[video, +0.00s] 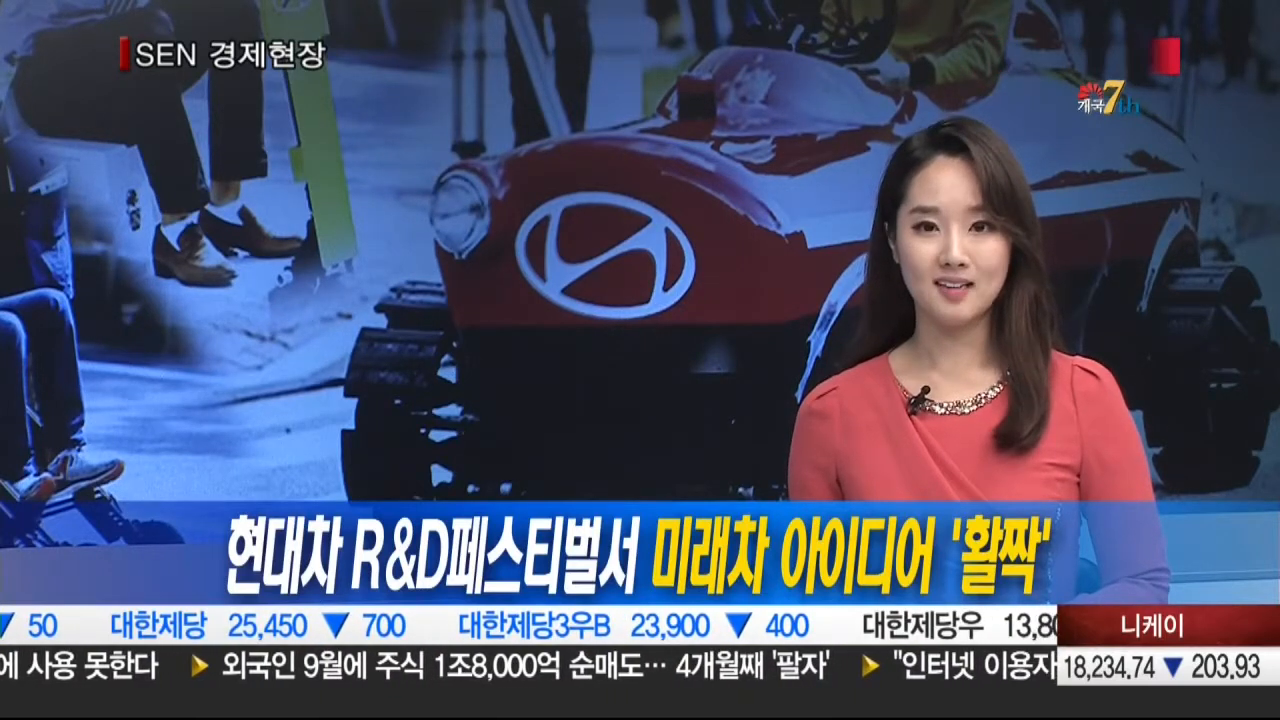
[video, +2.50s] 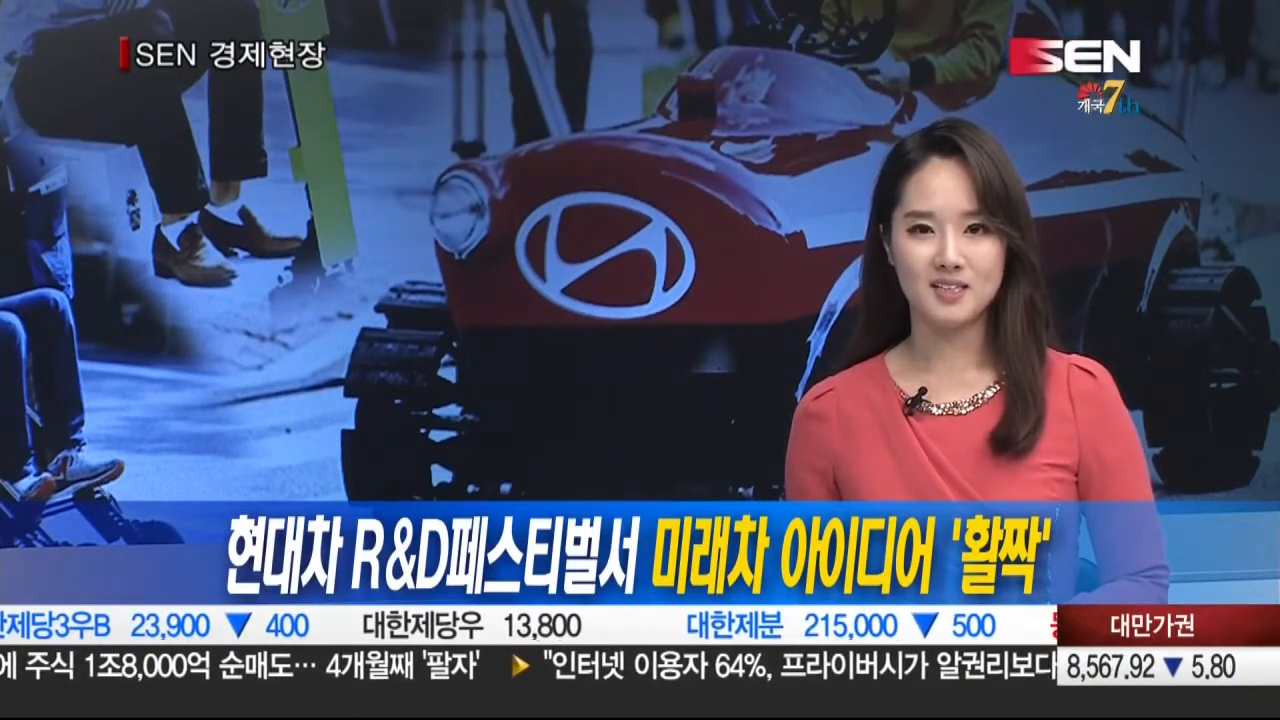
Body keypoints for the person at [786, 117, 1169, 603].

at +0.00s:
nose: (954, 255)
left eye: (981, 226)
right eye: (926, 226)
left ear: (1015, 244)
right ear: (893, 243)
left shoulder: (1084, 397)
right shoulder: (831, 415)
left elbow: (1143, 581)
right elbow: (812, 603)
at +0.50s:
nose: (952, 262)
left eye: (979, 232)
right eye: (924, 233)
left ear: (1013, 246)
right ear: (891, 245)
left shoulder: (1083, 396)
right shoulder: (830, 415)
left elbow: (1142, 582)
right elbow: (811, 605)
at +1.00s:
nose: (950, 262)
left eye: (977, 233)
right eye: (922, 233)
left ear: (1012, 246)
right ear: (889, 245)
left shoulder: (1083, 397)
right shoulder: (829, 417)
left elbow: (1143, 582)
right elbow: (811, 605)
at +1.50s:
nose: (950, 263)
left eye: (977, 234)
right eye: (922, 234)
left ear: (1012, 248)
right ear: (889, 246)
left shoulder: (1083, 397)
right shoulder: (829, 417)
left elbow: (1142, 582)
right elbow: (812, 604)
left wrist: (1033, 640)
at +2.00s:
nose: (949, 262)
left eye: (976, 233)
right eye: (921, 234)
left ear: (1010, 247)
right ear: (888, 246)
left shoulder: (1082, 396)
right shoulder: (828, 417)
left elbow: (1142, 581)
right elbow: (810, 605)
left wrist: (1037, 641)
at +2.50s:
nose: (949, 257)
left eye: (976, 229)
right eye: (921, 230)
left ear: (1010, 245)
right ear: (887, 244)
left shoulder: (1081, 395)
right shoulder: (827, 416)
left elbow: (1143, 579)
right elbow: (808, 604)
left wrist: (1034, 637)